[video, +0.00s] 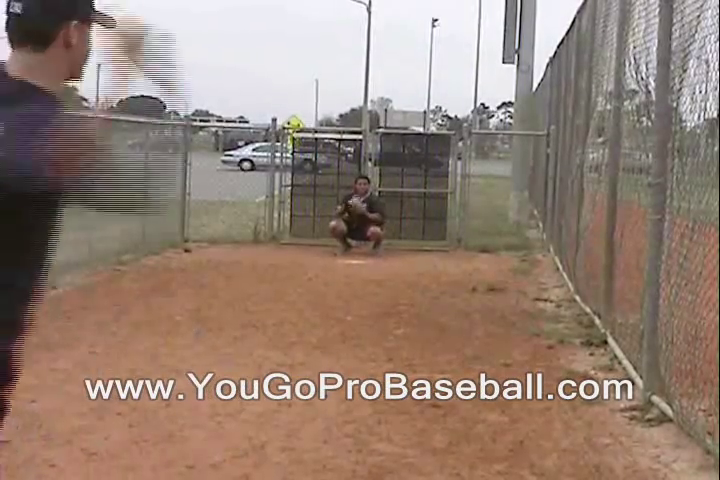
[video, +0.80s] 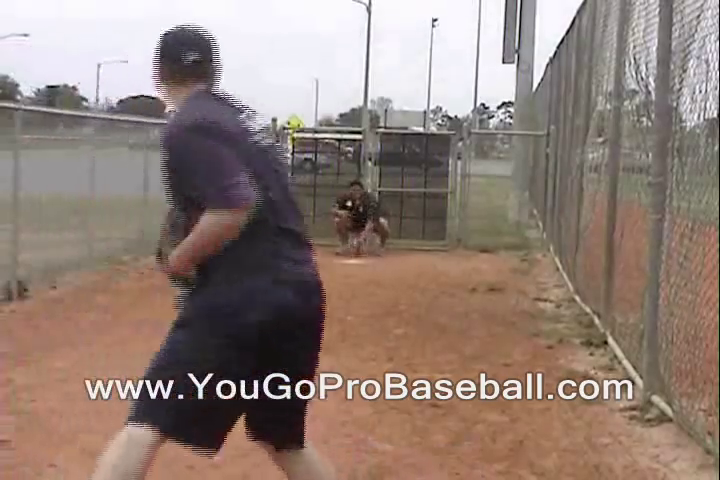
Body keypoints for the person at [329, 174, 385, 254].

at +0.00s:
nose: (362, 187)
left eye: (365, 184)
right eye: (359, 184)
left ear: (368, 186)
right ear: (355, 186)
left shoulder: (374, 200)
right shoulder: (348, 198)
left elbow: (380, 218)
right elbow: (338, 215)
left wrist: (364, 212)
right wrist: (343, 210)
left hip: (366, 226)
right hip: (351, 226)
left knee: (375, 231)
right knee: (334, 226)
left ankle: (376, 245)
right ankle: (346, 245)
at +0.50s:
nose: (358, 191)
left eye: (361, 188)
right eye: (356, 188)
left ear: (365, 190)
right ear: (352, 190)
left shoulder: (369, 201)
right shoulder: (347, 202)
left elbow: (375, 209)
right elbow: (336, 214)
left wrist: (366, 211)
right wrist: (348, 215)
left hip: (367, 230)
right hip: (350, 229)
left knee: (379, 228)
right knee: (336, 226)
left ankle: (377, 246)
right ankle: (346, 245)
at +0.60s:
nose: (356, 193)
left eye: (358, 190)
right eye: (354, 190)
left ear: (363, 191)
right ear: (351, 191)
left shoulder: (369, 201)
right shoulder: (347, 201)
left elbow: (372, 211)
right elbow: (333, 213)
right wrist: (348, 215)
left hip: (365, 227)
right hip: (351, 226)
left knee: (380, 227)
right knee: (336, 224)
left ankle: (379, 246)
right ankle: (346, 245)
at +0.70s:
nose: (356, 192)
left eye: (358, 190)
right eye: (354, 190)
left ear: (363, 191)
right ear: (350, 191)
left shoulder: (370, 202)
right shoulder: (346, 201)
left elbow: (369, 221)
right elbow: (333, 213)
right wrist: (346, 213)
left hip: (368, 226)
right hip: (353, 226)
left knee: (383, 226)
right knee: (337, 224)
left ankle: (381, 247)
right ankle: (346, 246)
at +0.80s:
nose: (356, 193)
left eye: (358, 190)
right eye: (353, 190)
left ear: (362, 191)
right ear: (349, 191)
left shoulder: (369, 201)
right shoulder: (345, 200)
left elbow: (370, 223)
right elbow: (334, 211)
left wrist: (361, 240)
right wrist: (343, 215)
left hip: (368, 222)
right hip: (353, 222)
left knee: (383, 226)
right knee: (340, 222)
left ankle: (381, 247)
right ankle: (344, 246)